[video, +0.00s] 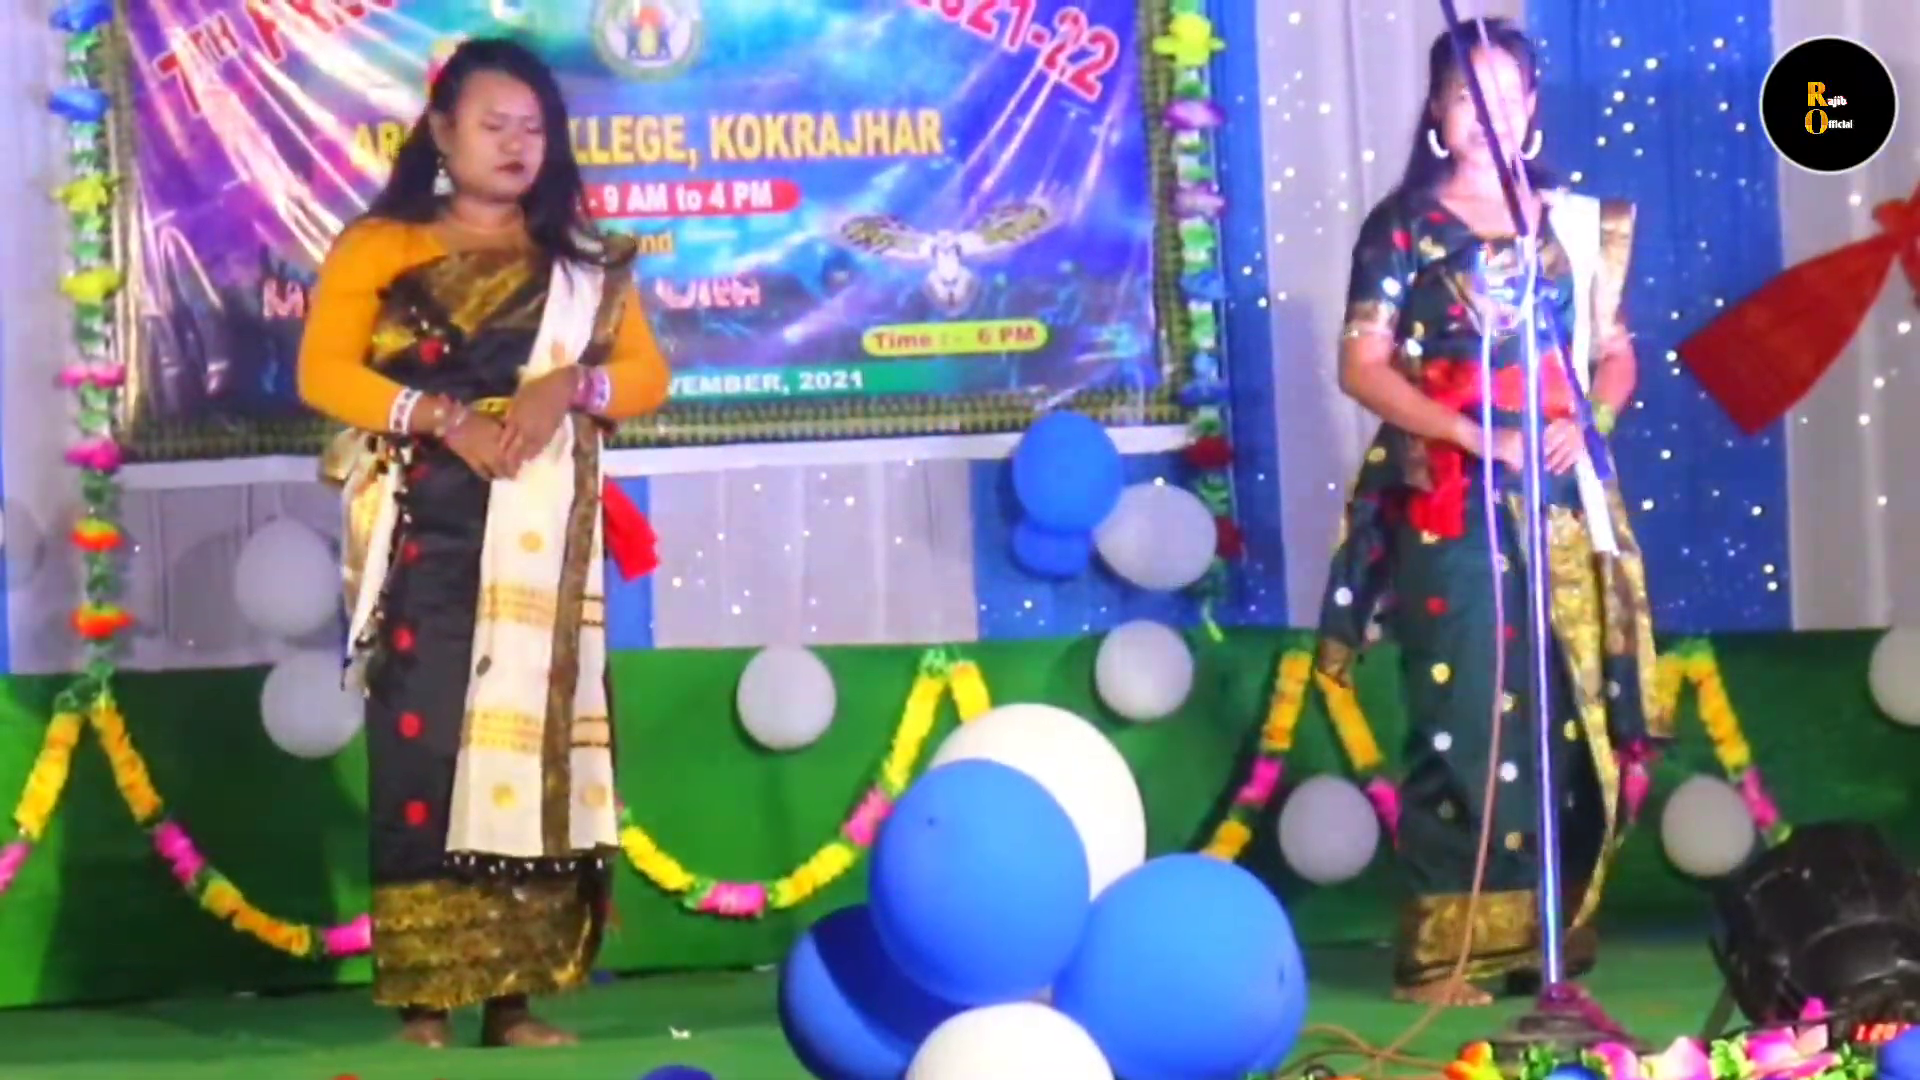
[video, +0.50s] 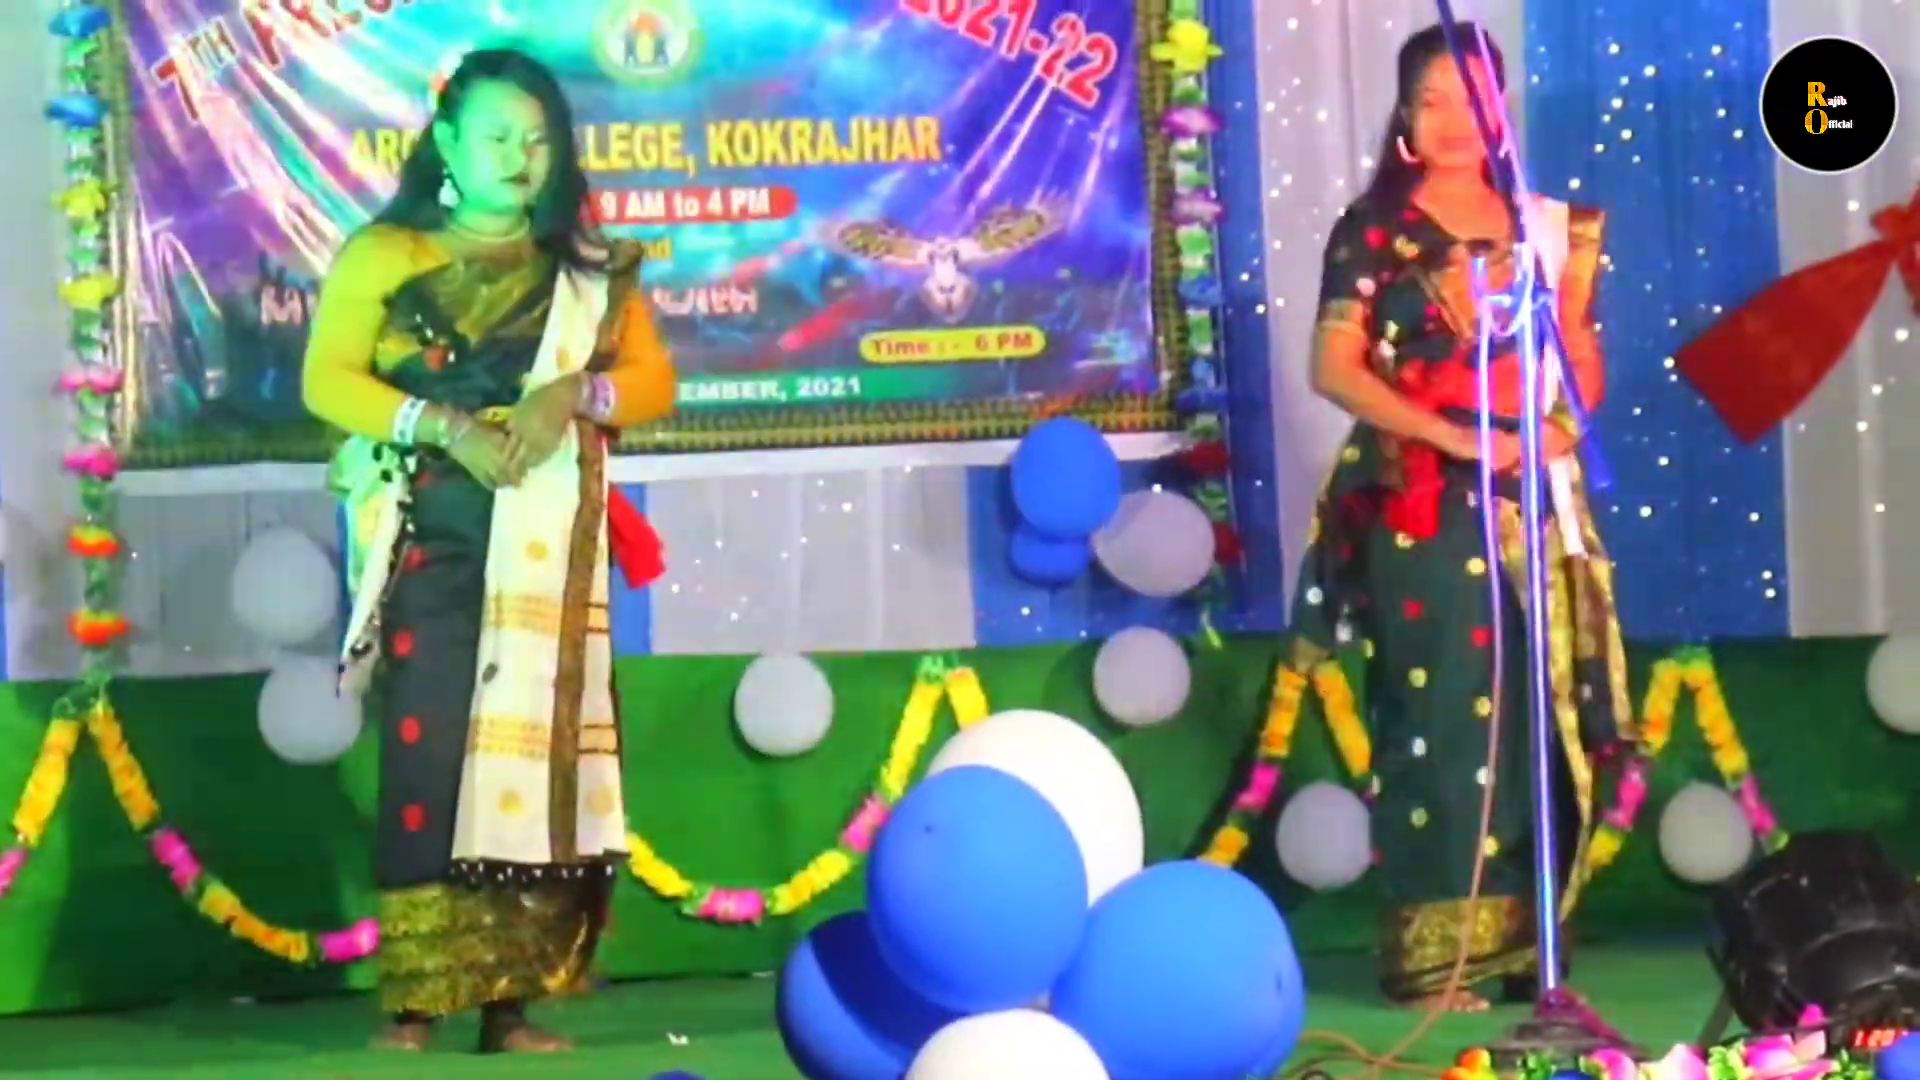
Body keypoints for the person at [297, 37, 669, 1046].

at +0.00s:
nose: (517, 144)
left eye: (533, 126)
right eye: (493, 124)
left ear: (551, 141)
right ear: (442, 133)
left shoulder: (581, 260)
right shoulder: (377, 248)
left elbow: (649, 377)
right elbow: (322, 371)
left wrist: (568, 385)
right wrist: (439, 413)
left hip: (541, 548)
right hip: (426, 543)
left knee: (532, 750)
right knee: (424, 754)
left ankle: (511, 999)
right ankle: (424, 998)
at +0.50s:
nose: (518, 156)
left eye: (536, 137)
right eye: (495, 136)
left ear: (559, 149)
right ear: (448, 143)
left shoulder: (594, 268)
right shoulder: (382, 257)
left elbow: (655, 387)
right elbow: (326, 380)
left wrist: (576, 394)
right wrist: (444, 424)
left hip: (549, 556)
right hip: (433, 550)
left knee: (538, 752)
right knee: (428, 756)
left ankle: (507, 1004)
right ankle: (415, 999)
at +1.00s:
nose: (506, 154)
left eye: (522, 137)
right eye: (483, 132)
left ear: (540, 154)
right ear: (430, 142)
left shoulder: (564, 273)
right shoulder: (362, 259)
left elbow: (633, 392)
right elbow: (306, 382)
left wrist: (552, 395)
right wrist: (422, 425)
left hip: (526, 561)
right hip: (408, 555)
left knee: (521, 762)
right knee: (401, 766)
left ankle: (508, 1011)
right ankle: (389, 1011)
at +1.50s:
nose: (478, 151)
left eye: (495, 135)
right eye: (454, 132)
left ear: (514, 152)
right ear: (403, 146)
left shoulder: (545, 272)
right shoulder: (341, 262)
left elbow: (615, 393)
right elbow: (285, 388)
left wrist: (530, 398)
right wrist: (403, 427)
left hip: (512, 559)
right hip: (394, 556)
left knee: (514, 761)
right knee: (393, 766)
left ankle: (508, 1013)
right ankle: (390, 1011)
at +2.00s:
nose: (471, 152)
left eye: (488, 135)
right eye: (447, 132)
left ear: (512, 152)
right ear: (398, 147)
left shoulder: (547, 271)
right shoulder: (341, 260)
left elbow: (616, 387)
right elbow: (283, 387)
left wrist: (534, 398)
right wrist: (403, 430)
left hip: (514, 562)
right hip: (396, 559)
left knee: (514, 765)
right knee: (393, 771)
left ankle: (506, 1013)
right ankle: (386, 1012)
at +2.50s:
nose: (483, 142)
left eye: (498, 129)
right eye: (458, 125)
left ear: (515, 150)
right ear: (404, 142)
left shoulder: (545, 273)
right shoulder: (343, 266)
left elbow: (620, 390)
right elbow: (289, 394)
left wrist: (535, 403)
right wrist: (406, 434)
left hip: (517, 562)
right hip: (398, 559)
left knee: (518, 765)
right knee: (395, 771)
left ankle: (509, 1017)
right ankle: (389, 1017)